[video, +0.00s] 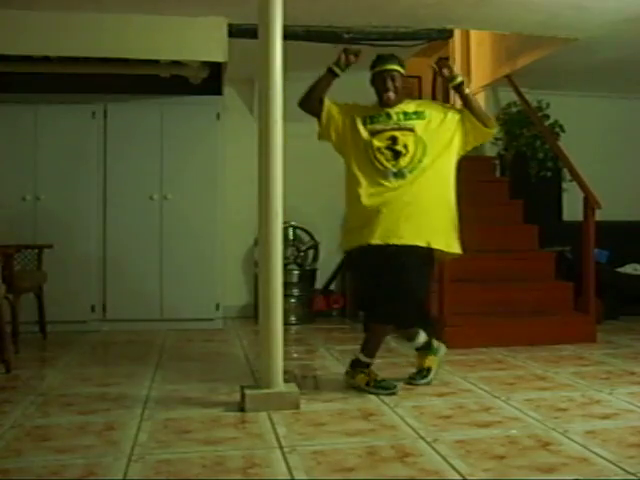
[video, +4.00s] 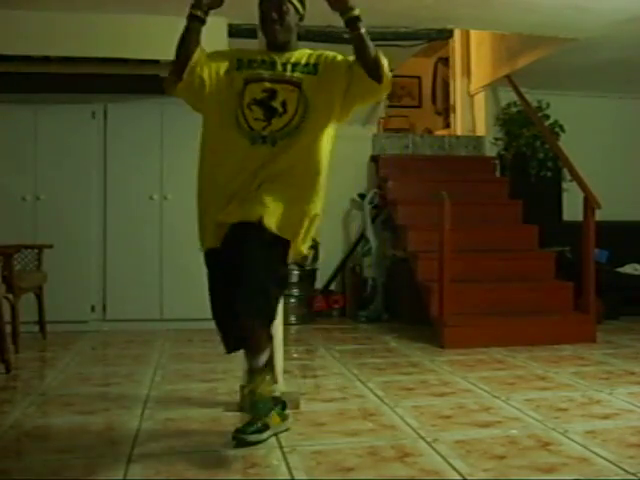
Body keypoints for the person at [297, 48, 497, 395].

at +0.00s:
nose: (387, 84)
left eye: (393, 77)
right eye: (380, 79)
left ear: (406, 81)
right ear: (372, 84)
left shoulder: (437, 116)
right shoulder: (355, 119)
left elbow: (486, 126)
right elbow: (309, 103)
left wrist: (458, 85)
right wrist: (337, 68)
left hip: (416, 223)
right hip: (367, 224)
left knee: (392, 300)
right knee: (376, 301)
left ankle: (361, 366)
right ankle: (427, 347)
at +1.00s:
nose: (392, 79)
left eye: (398, 72)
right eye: (385, 75)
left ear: (410, 72)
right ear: (379, 78)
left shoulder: (435, 103)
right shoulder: (376, 106)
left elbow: (463, 132)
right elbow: (349, 97)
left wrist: (457, 95)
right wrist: (372, 59)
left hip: (435, 212)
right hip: (390, 215)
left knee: (432, 293)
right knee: (399, 296)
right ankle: (428, 348)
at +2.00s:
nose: (355, 81)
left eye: (361, 75)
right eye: (348, 75)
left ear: (370, 78)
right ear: (339, 77)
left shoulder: (397, 107)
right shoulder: (329, 117)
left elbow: (441, 125)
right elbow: (318, 169)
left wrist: (419, 91)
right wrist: (307, 205)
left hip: (381, 209)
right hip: (340, 208)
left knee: (361, 281)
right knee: (344, 280)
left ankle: (337, 347)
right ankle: (358, 349)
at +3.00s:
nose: (353, 53)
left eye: (359, 50)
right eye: (346, 48)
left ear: (367, 62)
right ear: (335, 59)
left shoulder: (378, 105)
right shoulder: (314, 95)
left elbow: (395, 164)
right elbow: (301, 144)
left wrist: (373, 130)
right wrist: (338, 119)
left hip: (365, 210)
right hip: (320, 210)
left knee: (356, 294)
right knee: (334, 296)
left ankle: (343, 387)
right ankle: (361, 363)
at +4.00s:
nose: (275, 15)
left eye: (284, 8)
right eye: (268, 8)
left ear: (299, 19)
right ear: (258, 18)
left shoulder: (321, 66)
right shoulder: (228, 65)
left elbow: (376, 78)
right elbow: (178, 78)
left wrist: (351, 19)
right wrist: (196, 20)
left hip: (285, 194)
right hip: (225, 193)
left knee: (252, 285)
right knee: (233, 301)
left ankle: (259, 385)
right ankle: (269, 397)